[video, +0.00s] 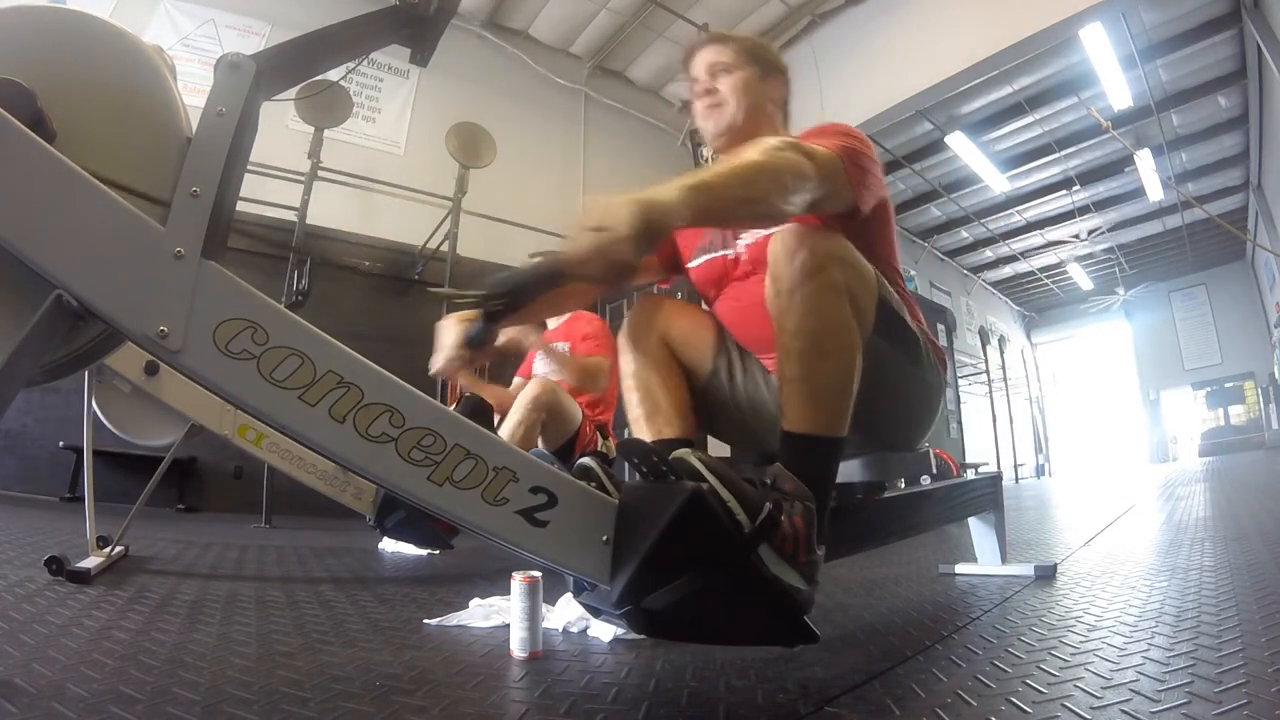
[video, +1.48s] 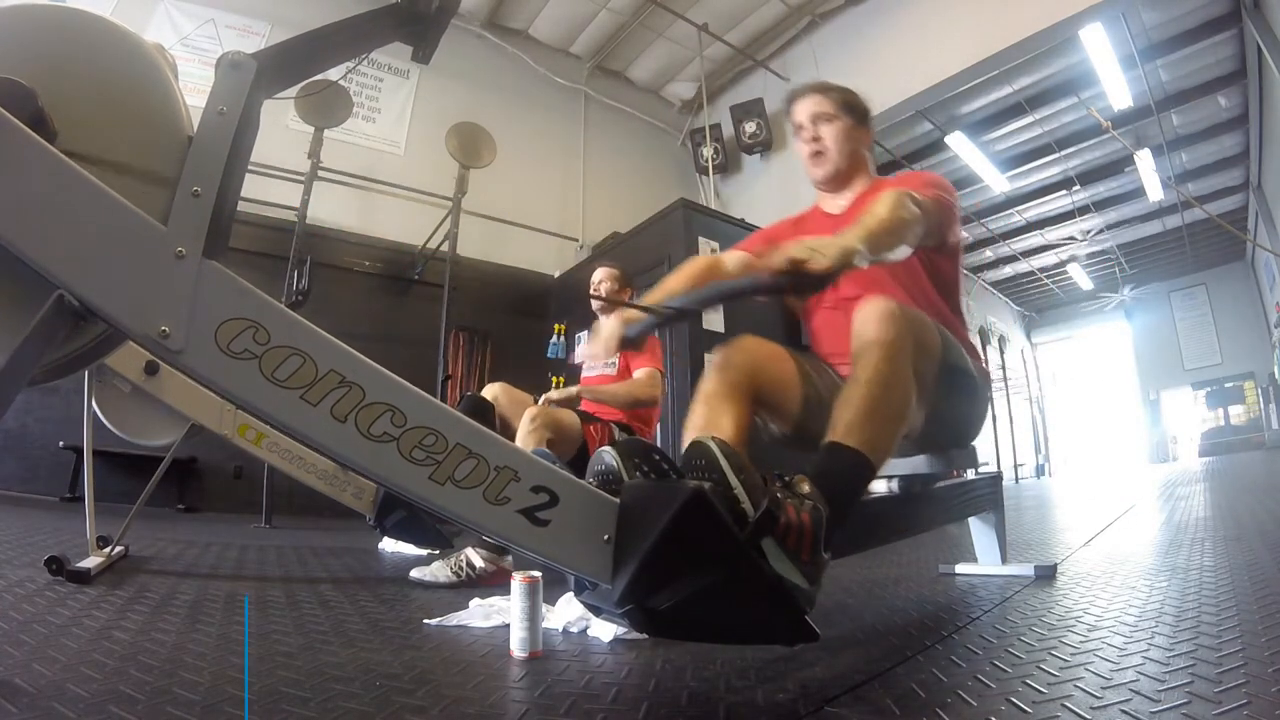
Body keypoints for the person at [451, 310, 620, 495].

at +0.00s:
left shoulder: (591, 325)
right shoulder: (541, 338)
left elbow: (595, 380)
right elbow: (512, 401)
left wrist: (538, 342)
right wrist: (459, 373)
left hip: (588, 445)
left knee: (540, 391)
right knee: (470, 405)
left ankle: (485, 479)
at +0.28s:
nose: (566, 286)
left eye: (575, 279)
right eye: (564, 282)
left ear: (601, 286)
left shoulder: (622, 333)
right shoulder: (567, 346)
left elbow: (658, 352)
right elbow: (533, 387)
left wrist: (632, 305)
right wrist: (538, 346)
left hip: (600, 438)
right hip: (555, 433)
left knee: (527, 379)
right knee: (472, 406)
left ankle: (493, 464)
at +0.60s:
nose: (585, 294)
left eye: (592, 287)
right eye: (582, 291)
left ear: (617, 292)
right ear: (582, 301)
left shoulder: (638, 339)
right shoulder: (587, 342)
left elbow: (670, 380)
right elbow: (560, 391)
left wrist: (669, 326)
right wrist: (574, 355)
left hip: (603, 432)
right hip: (564, 427)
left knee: (532, 370)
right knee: (476, 401)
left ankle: (491, 461)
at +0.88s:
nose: (595, 295)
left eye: (602, 289)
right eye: (593, 292)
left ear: (626, 297)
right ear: (592, 303)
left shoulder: (641, 341)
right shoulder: (596, 349)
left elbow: (669, 397)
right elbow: (591, 404)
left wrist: (605, 373)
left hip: (613, 436)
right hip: (574, 431)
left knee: (537, 380)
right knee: (477, 403)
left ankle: (530, 476)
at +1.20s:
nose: (596, 293)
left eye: (605, 287)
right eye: (594, 288)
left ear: (627, 297)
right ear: (592, 299)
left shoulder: (640, 340)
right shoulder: (598, 347)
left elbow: (670, 396)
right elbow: (600, 403)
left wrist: (605, 408)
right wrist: (570, 415)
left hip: (614, 442)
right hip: (579, 435)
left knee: (535, 417)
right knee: (485, 400)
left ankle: (490, 550)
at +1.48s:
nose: (597, 291)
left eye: (605, 284)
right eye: (594, 285)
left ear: (628, 294)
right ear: (590, 294)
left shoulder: (638, 328)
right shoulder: (595, 337)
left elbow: (650, 390)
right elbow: (593, 393)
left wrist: (579, 391)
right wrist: (562, 406)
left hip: (622, 435)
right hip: (582, 425)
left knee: (539, 418)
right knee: (496, 393)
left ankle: (492, 550)